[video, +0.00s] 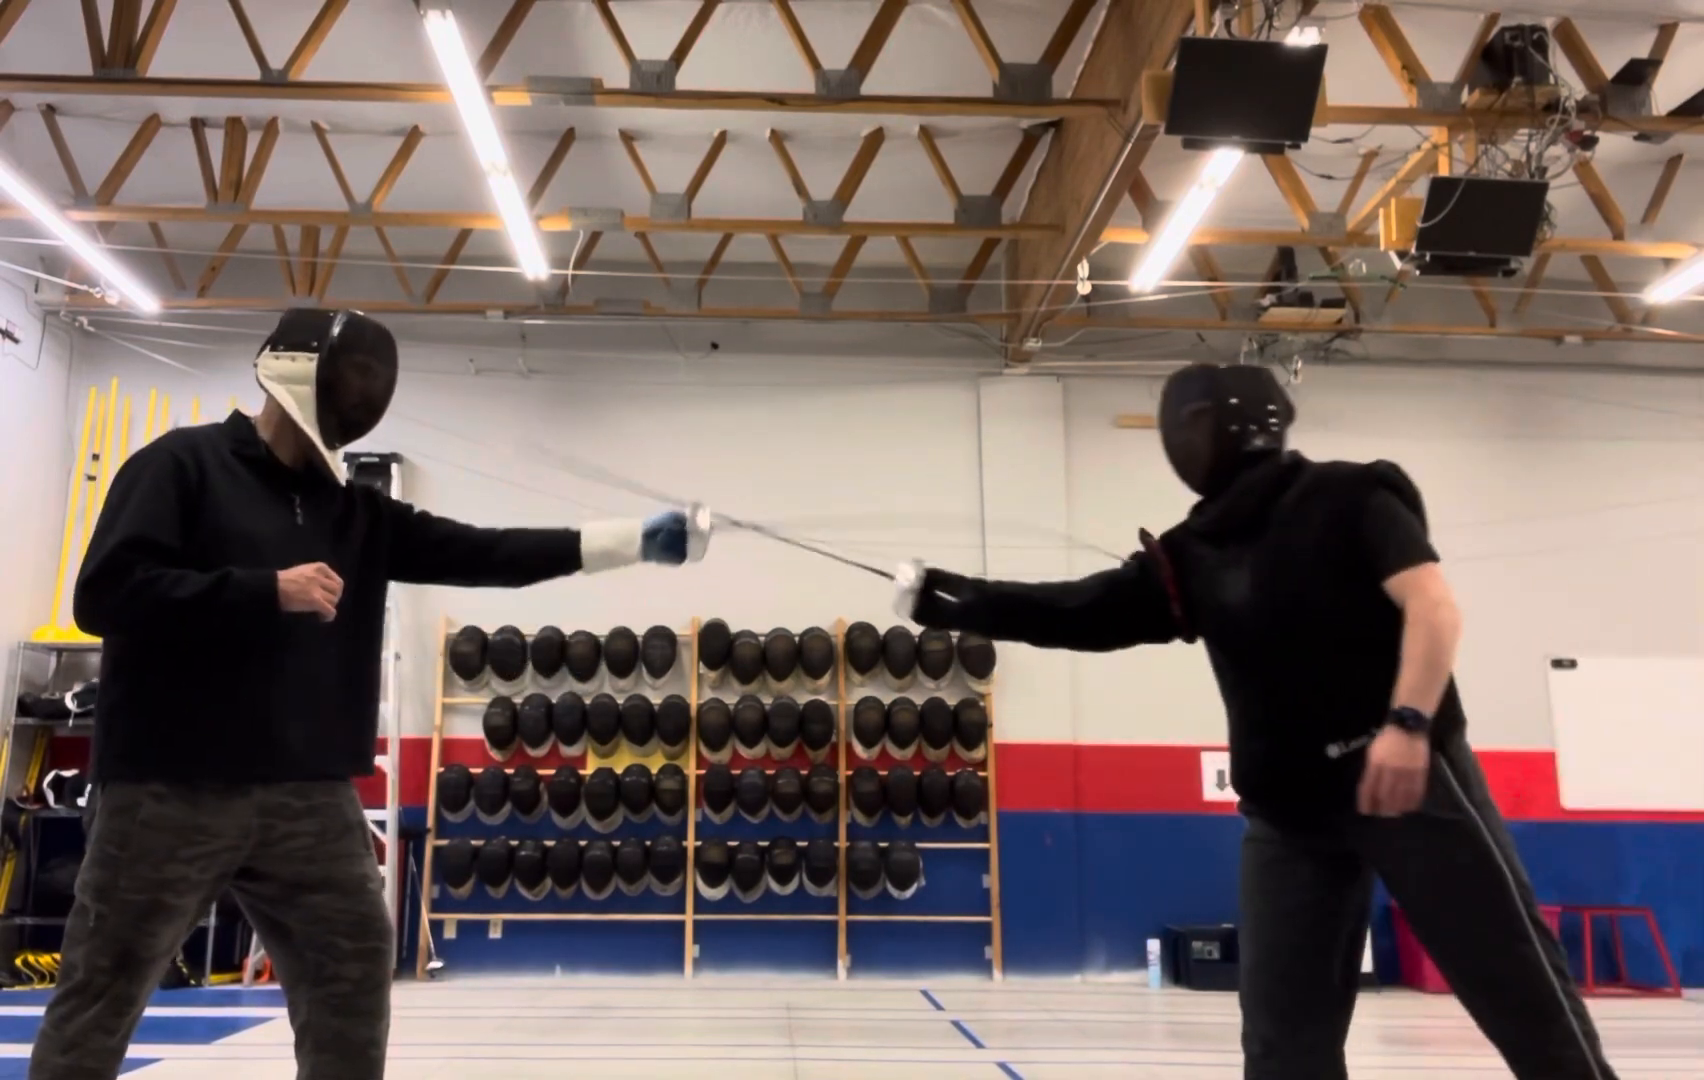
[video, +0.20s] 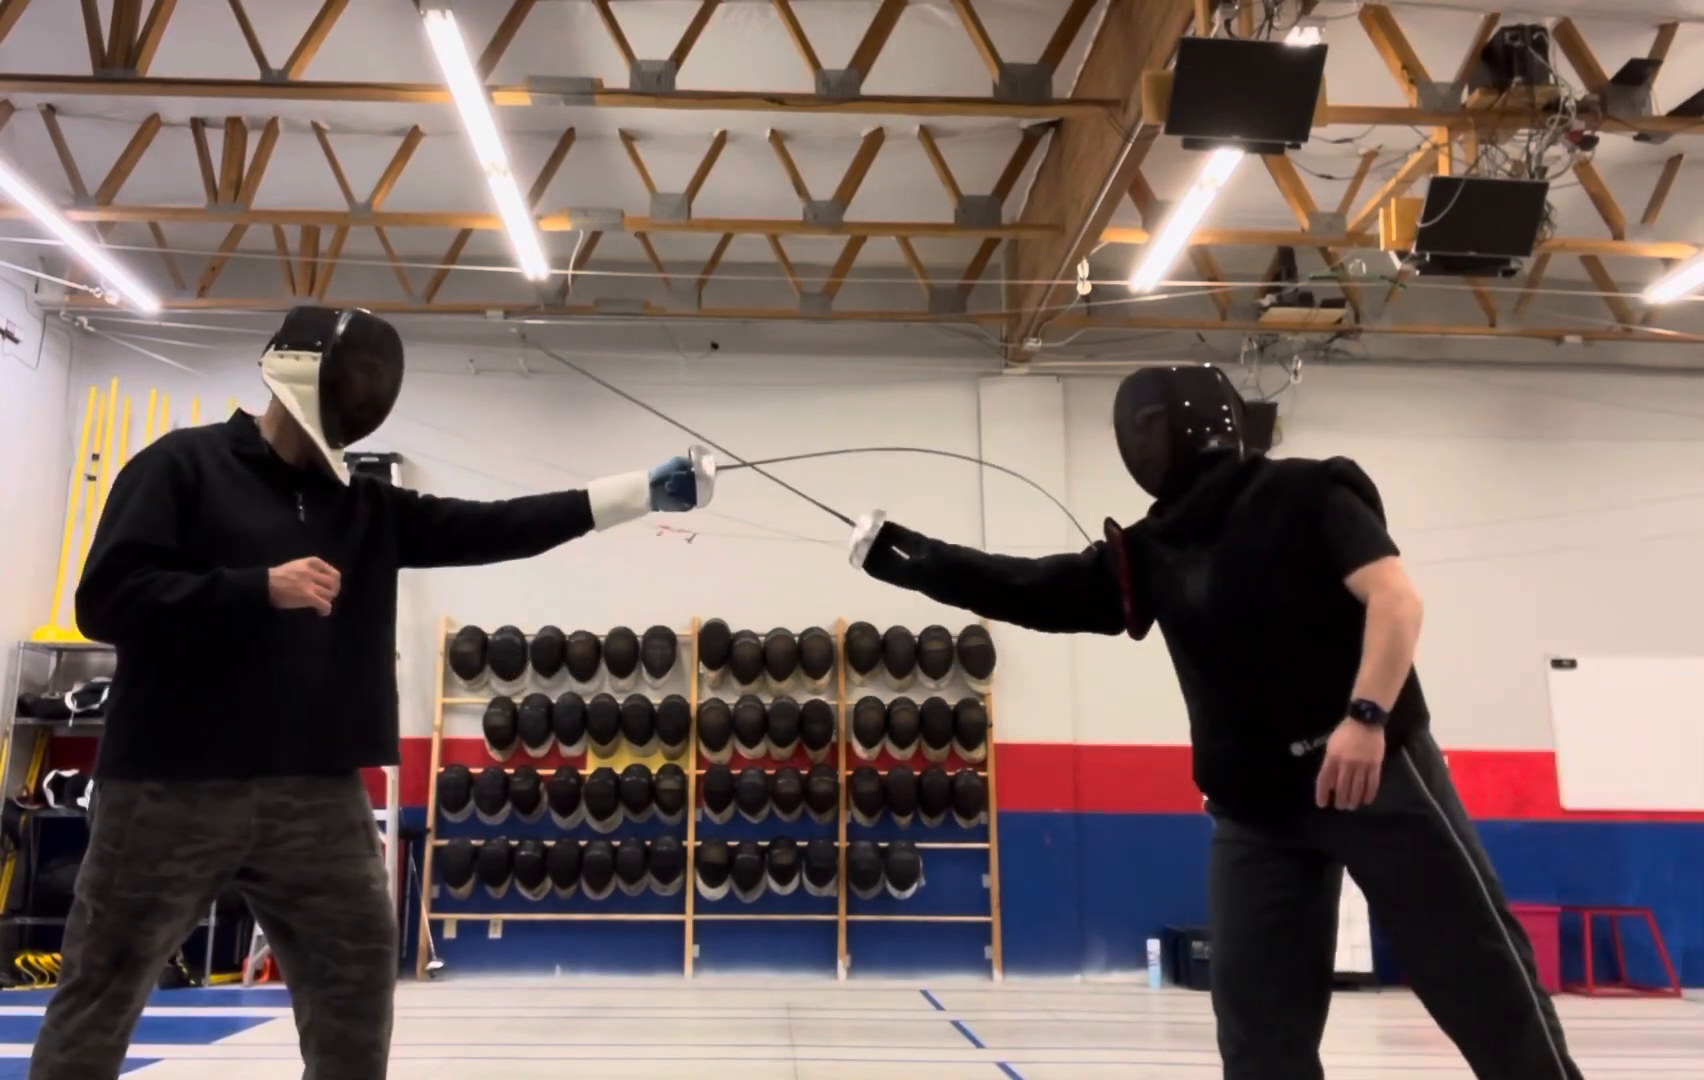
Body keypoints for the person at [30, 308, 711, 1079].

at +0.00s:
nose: (349, 425)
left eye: (360, 410)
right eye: (337, 401)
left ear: (362, 408)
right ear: (285, 378)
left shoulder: (355, 514)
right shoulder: (176, 467)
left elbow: (483, 553)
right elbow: (104, 591)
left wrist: (634, 541)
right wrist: (266, 588)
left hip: (305, 797)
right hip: (163, 793)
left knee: (352, 981)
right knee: (98, 1001)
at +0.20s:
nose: (342, 428)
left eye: (354, 412)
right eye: (329, 404)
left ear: (364, 409)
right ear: (282, 381)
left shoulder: (369, 509)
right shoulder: (176, 468)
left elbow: (497, 524)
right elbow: (105, 598)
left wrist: (642, 492)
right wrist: (258, 587)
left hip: (317, 800)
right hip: (165, 795)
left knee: (354, 1017)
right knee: (93, 1012)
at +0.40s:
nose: (340, 423)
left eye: (352, 407)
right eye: (329, 400)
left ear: (357, 404)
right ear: (277, 378)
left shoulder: (355, 508)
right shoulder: (169, 469)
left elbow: (489, 530)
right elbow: (100, 599)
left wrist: (637, 502)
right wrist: (257, 589)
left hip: (313, 798)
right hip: (168, 794)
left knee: (355, 1004)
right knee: (97, 1010)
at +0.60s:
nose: (319, 429)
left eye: (331, 412)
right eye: (310, 405)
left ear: (336, 401)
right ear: (261, 378)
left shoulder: (331, 504)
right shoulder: (155, 472)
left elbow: (437, 587)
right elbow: (105, 608)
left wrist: (577, 602)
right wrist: (260, 582)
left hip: (305, 796)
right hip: (167, 792)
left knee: (351, 992)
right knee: (100, 1004)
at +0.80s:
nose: (314, 417)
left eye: (327, 401)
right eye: (302, 392)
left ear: (333, 398)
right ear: (255, 373)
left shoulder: (321, 507)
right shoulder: (151, 470)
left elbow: (390, 637)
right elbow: (91, 604)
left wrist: (514, 662)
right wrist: (248, 586)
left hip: (306, 798)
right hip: (165, 796)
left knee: (350, 983)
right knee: (100, 1005)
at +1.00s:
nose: (325, 400)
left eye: (336, 385)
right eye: (314, 377)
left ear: (331, 394)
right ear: (263, 365)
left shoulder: (323, 508)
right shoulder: (152, 468)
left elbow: (401, 626)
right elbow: (96, 603)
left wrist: (527, 650)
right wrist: (252, 585)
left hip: (303, 794)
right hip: (164, 791)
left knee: (348, 971)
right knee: (101, 1000)